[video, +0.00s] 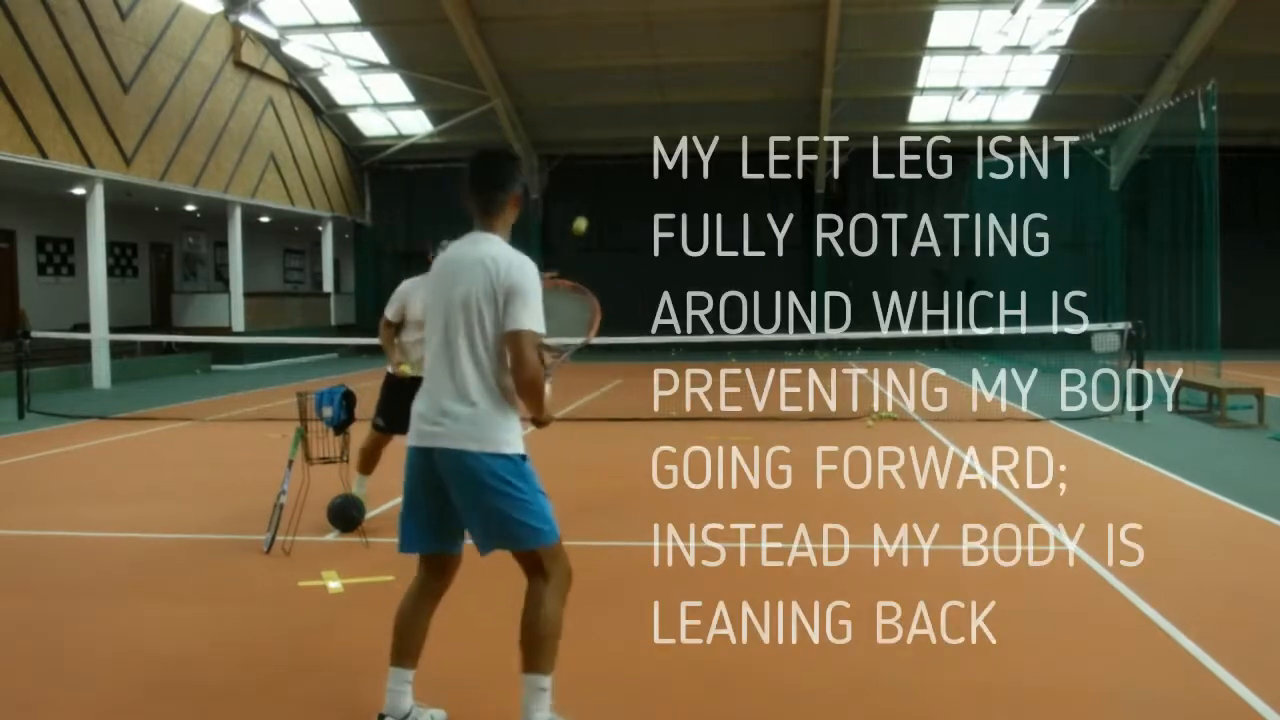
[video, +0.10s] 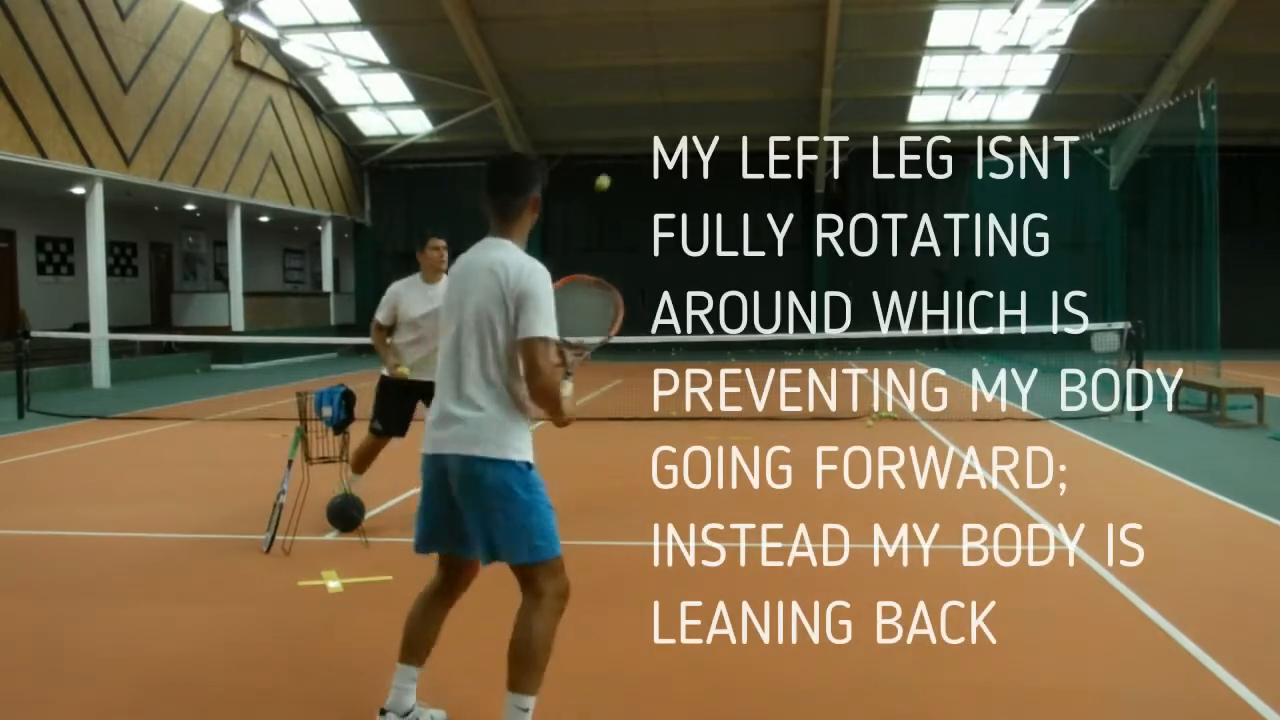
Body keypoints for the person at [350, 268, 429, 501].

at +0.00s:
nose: (448, 262)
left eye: (453, 257)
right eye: (443, 255)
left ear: (460, 261)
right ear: (432, 258)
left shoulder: (462, 293)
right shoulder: (411, 288)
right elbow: (387, 325)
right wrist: (394, 359)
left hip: (444, 378)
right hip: (406, 376)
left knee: (445, 442)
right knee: (379, 436)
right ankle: (359, 491)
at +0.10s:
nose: (442, 255)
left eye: (445, 249)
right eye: (435, 249)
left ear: (449, 255)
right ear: (421, 255)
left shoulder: (455, 289)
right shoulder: (399, 291)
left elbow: (468, 328)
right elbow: (378, 330)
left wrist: (460, 365)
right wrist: (390, 362)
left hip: (441, 377)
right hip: (401, 376)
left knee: (456, 435)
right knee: (379, 436)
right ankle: (349, 484)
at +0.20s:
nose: (427, 255)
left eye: (429, 250)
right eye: (420, 250)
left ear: (433, 257)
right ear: (404, 257)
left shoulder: (449, 294)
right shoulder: (385, 295)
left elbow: (474, 329)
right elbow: (364, 336)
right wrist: (383, 365)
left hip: (435, 382)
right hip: (392, 384)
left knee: (457, 441)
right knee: (374, 443)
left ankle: (466, 502)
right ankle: (343, 485)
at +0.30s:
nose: (410, 254)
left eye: (413, 249)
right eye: (404, 249)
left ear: (417, 255)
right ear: (388, 255)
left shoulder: (430, 291)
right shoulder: (369, 294)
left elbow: (448, 330)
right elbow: (349, 338)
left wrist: (449, 341)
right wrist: (372, 364)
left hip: (422, 381)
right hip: (380, 384)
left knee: (443, 435)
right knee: (363, 444)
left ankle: (459, 500)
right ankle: (341, 492)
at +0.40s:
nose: (396, 252)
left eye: (399, 247)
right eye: (389, 247)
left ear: (403, 252)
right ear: (374, 253)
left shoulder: (416, 289)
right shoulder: (354, 290)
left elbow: (423, 326)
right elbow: (335, 334)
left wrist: (424, 349)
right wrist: (360, 360)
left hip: (408, 380)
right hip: (366, 382)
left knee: (433, 435)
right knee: (353, 442)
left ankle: (457, 500)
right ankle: (339, 497)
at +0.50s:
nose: (386, 250)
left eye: (389, 244)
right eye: (379, 245)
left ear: (393, 249)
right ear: (366, 250)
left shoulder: (405, 286)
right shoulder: (345, 288)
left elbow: (409, 322)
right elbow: (323, 331)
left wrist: (414, 344)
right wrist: (353, 360)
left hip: (398, 379)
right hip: (358, 382)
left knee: (424, 433)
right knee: (347, 442)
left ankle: (445, 497)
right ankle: (338, 498)